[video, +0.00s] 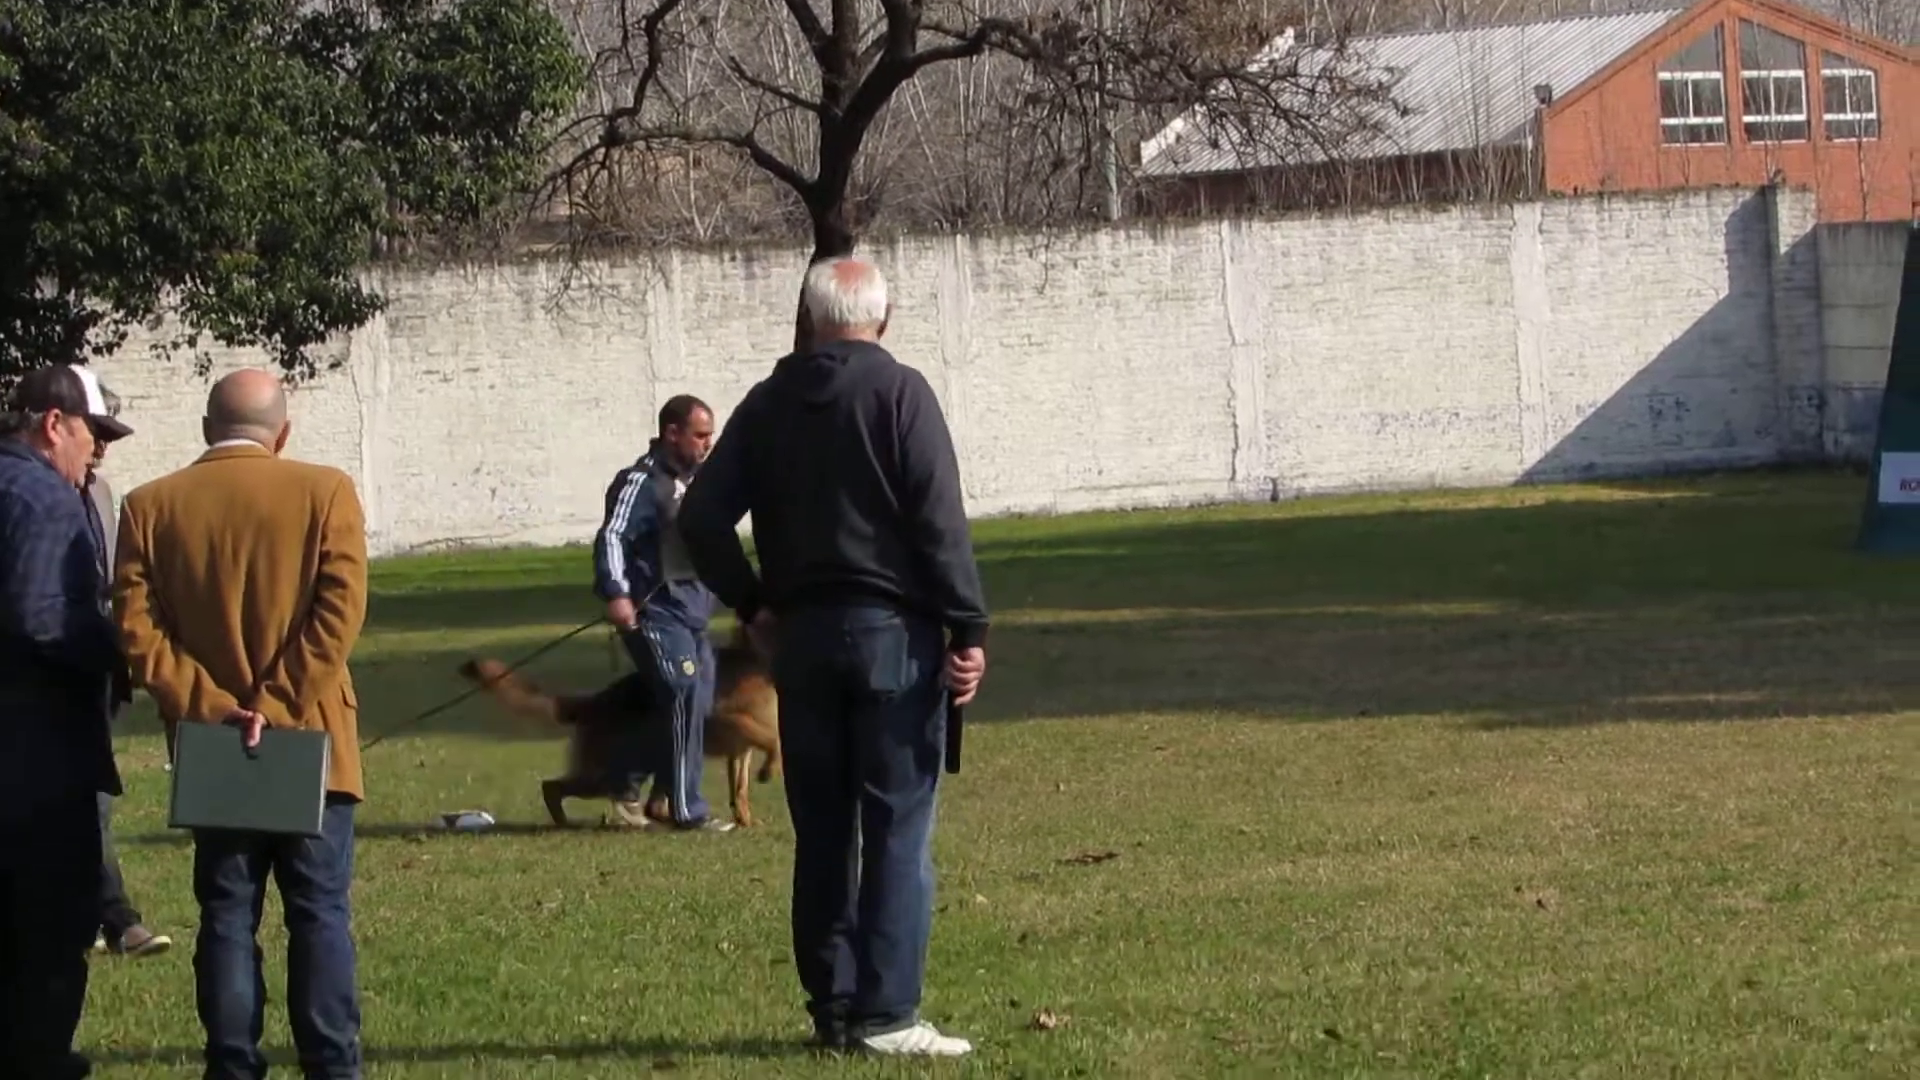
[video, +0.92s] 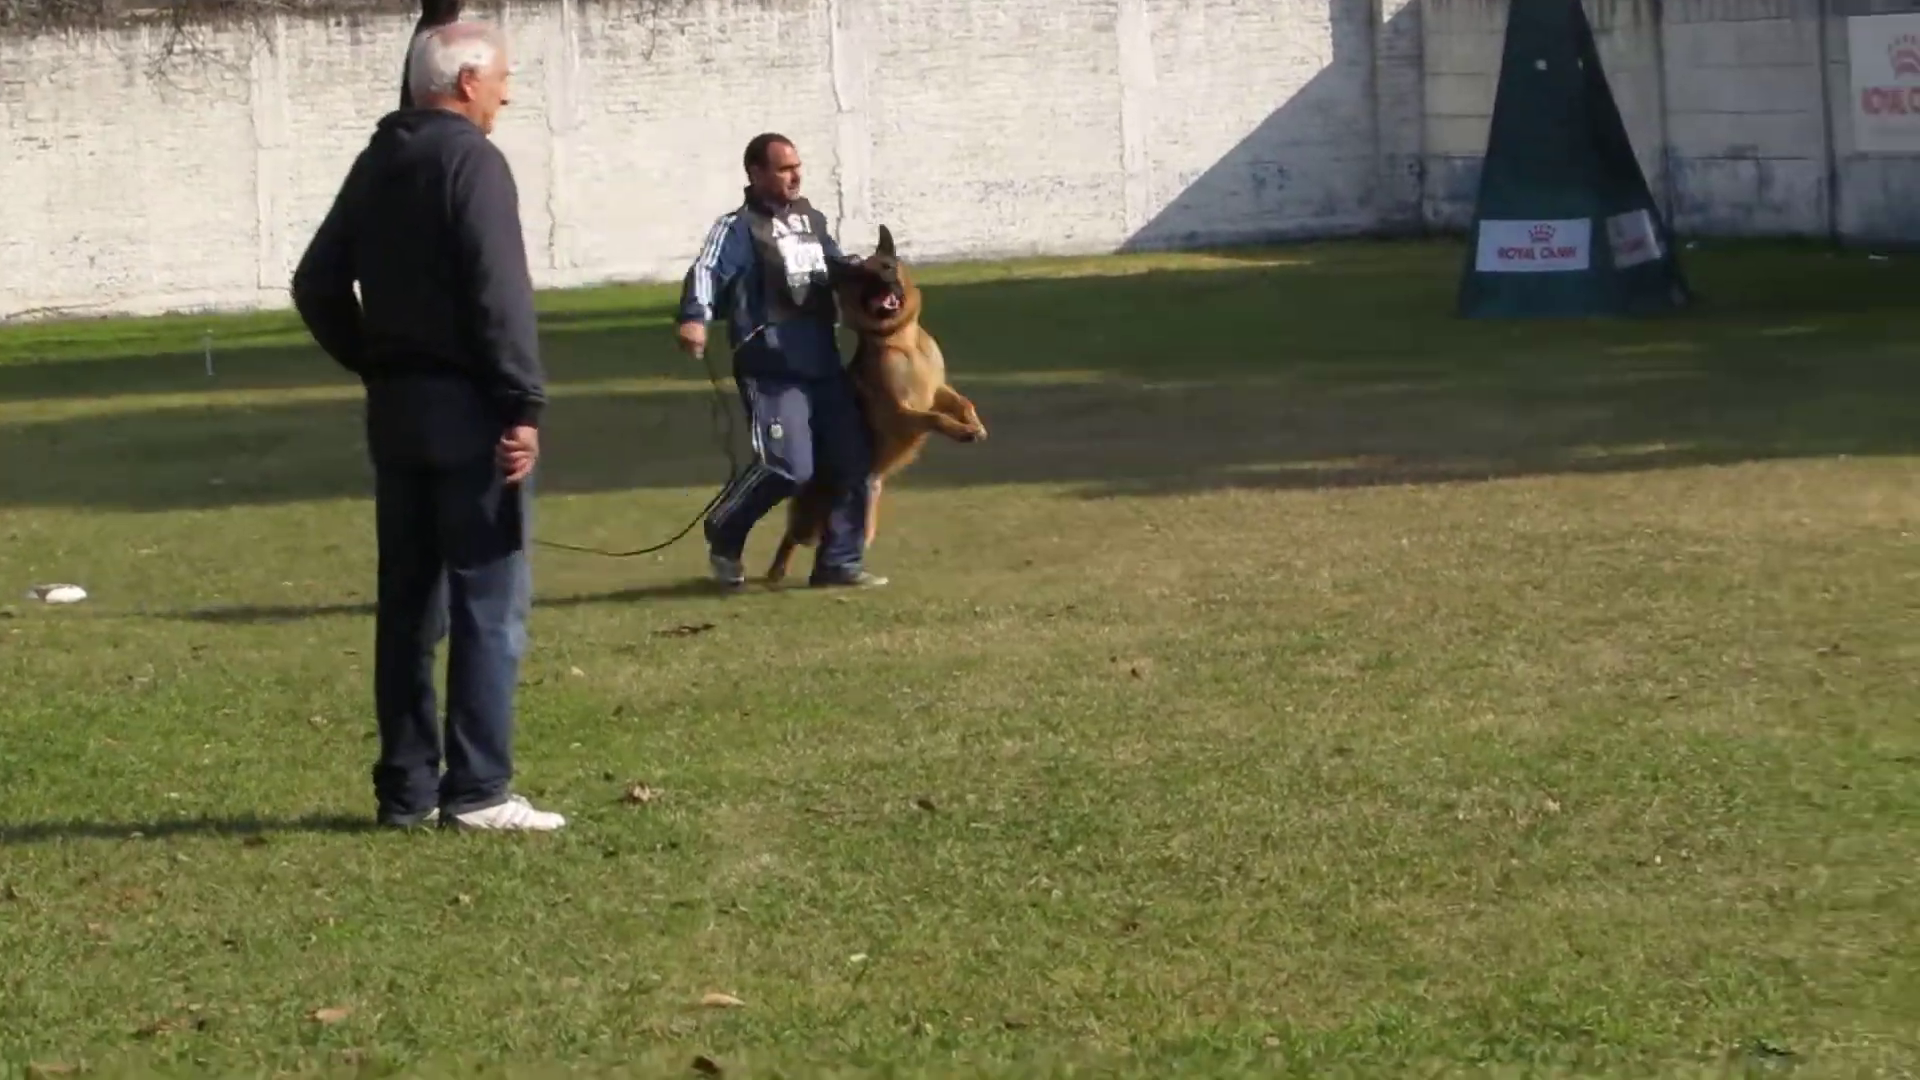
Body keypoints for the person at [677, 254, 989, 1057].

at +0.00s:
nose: (890, 326)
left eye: (886, 316)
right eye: (888, 316)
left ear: (803, 322)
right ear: (881, 321)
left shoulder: (765, 401)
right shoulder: (899, 391)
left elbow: (700, 516)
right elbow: (938, 521)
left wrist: (751, 602)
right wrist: (970, 627)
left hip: (800, 640)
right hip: (891, 636)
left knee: (819, 826)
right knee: (900, 822)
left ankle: (833, 1009)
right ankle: (888, 1016)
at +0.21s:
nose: (870, 229)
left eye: (866, 217)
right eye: (868, 219)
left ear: (783, 219)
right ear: (856, 224)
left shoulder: (738, 302)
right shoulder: (870, 296)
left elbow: (671, 409)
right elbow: (904, 430)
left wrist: (716, 500)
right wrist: (927, 537)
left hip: (763, 545)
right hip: (852, 542)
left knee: (785, 732)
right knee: (857, 733)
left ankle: (791, 914)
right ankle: (844, 921)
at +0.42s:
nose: (804, 173)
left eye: (799, 161)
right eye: (802, 162)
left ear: (723, 157)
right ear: (789, 165)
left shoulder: (674, 236)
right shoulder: (798, 238)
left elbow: (600, 352)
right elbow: (830, 373)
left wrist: (653, 442)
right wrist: (850, 484)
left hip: (692, 482)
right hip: (776, 481)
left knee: (711, 670)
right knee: (783, 672)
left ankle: (703, 859)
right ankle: (769, 864)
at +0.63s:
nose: (716, 135)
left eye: (713, 121)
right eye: (713, 123)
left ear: (634, 121)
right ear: (696, 127)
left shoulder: (585, 198)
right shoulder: (696, 201)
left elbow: (517, 318)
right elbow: (726, 335)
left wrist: (580, 401)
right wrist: (752, 447)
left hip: (605, 450)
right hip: (686, 450)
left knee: (615, 635)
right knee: (696, 637)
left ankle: (608, 824)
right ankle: (681, 828)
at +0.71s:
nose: (662, 122)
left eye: (659, 108)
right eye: (658, 109)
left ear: (583, 109)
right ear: (636, 112)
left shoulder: (534, 183)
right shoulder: (639, 186)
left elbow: (468, 307)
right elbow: (667, 323)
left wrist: (535, 394)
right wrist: (694, 435)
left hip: (554, 439)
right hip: (633, 439)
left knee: (563, 628)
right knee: (645, 631)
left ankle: (556, 814)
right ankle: (629, 817)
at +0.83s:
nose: (578, 101)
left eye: (576, 86)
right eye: (572, 88)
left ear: (503, 92)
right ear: (541, 94)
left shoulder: (449, 166)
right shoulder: (547, 169)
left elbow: (386, 292)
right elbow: (574, 301)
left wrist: (448, 376)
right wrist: (599, 416)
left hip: (470, 423)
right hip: (543, 421)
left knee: (480, 611)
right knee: (563, 614)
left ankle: (477, 799)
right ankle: (549, 801)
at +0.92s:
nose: (507, 94)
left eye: (506, 78)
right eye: (502, 79)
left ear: (435, 82)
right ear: (469, 82)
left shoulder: (379, 155)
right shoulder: (473, 158)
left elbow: (317, 282)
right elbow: (499, 288)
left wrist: (378, 366)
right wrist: (523, 405)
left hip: (398, 412)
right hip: (472, 411)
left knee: (408, 602)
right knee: (493, 606)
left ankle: (407, 790)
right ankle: (480, 792)